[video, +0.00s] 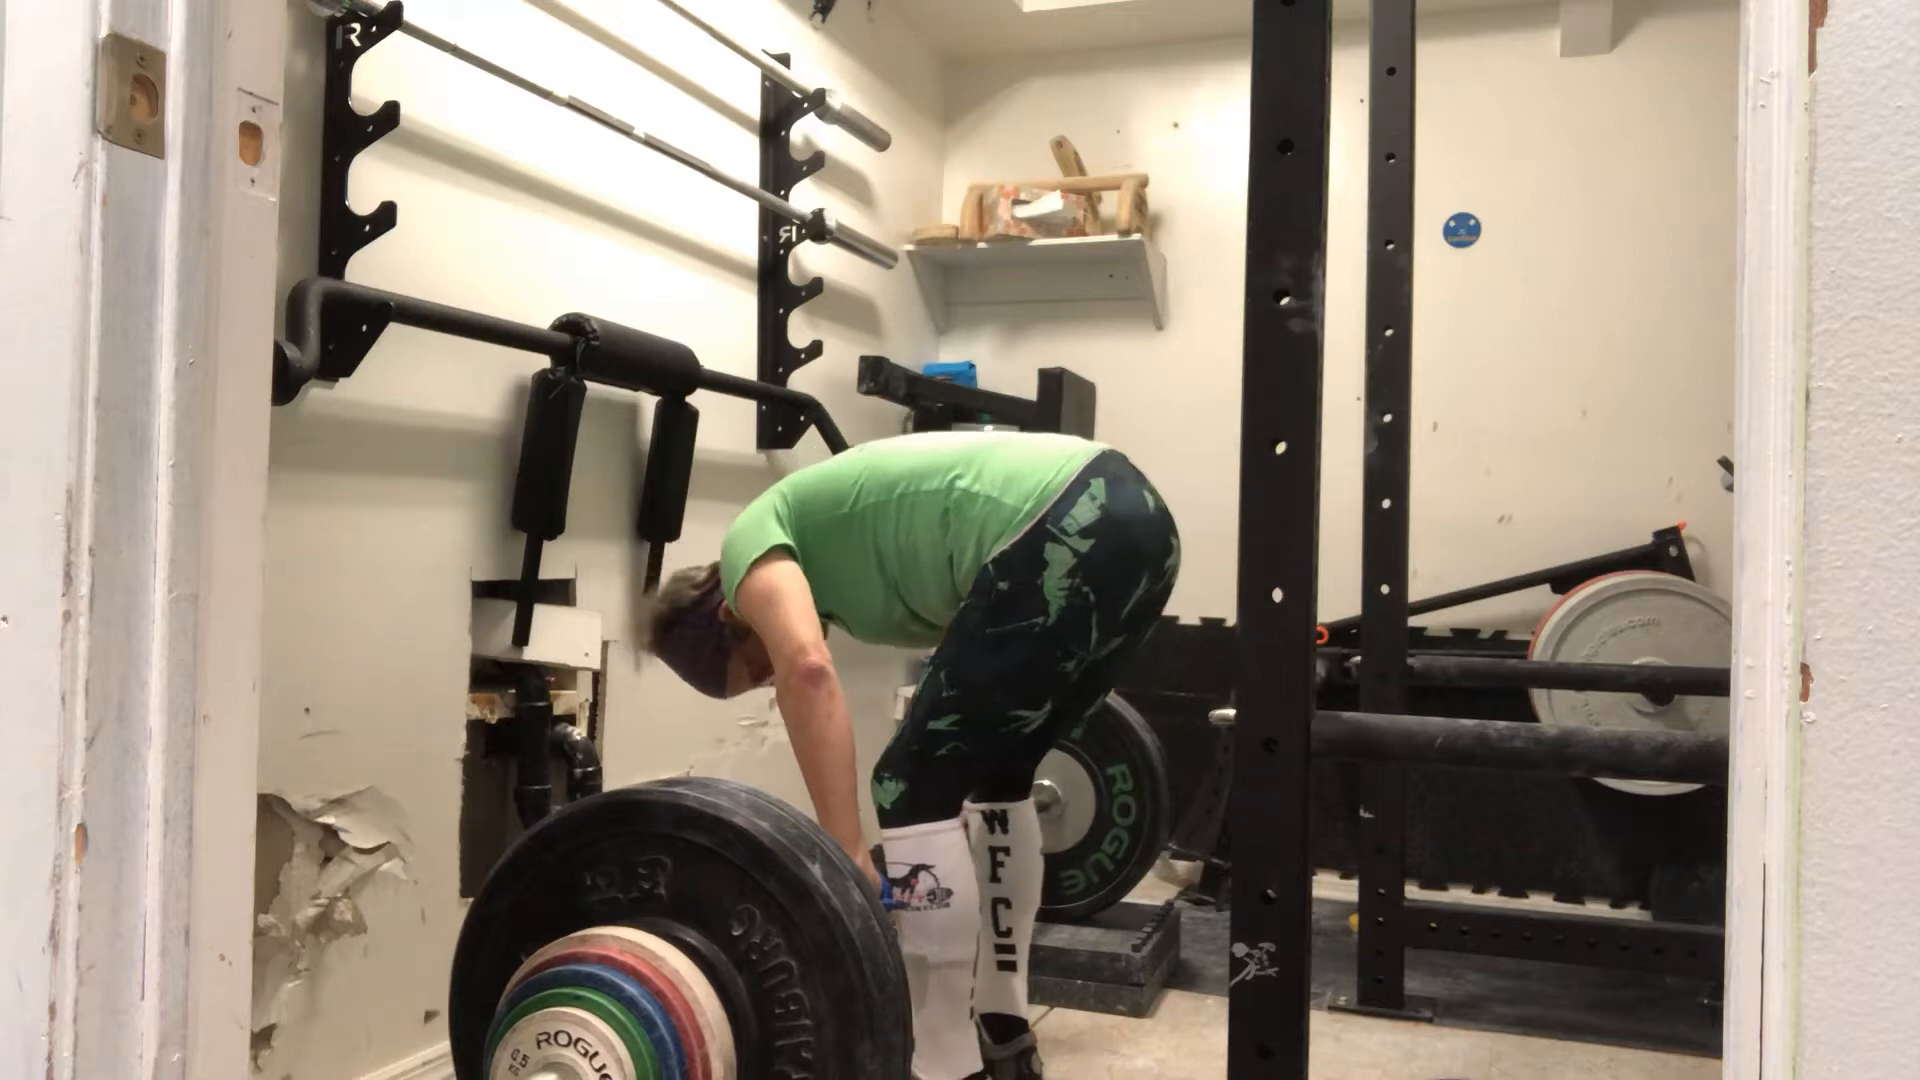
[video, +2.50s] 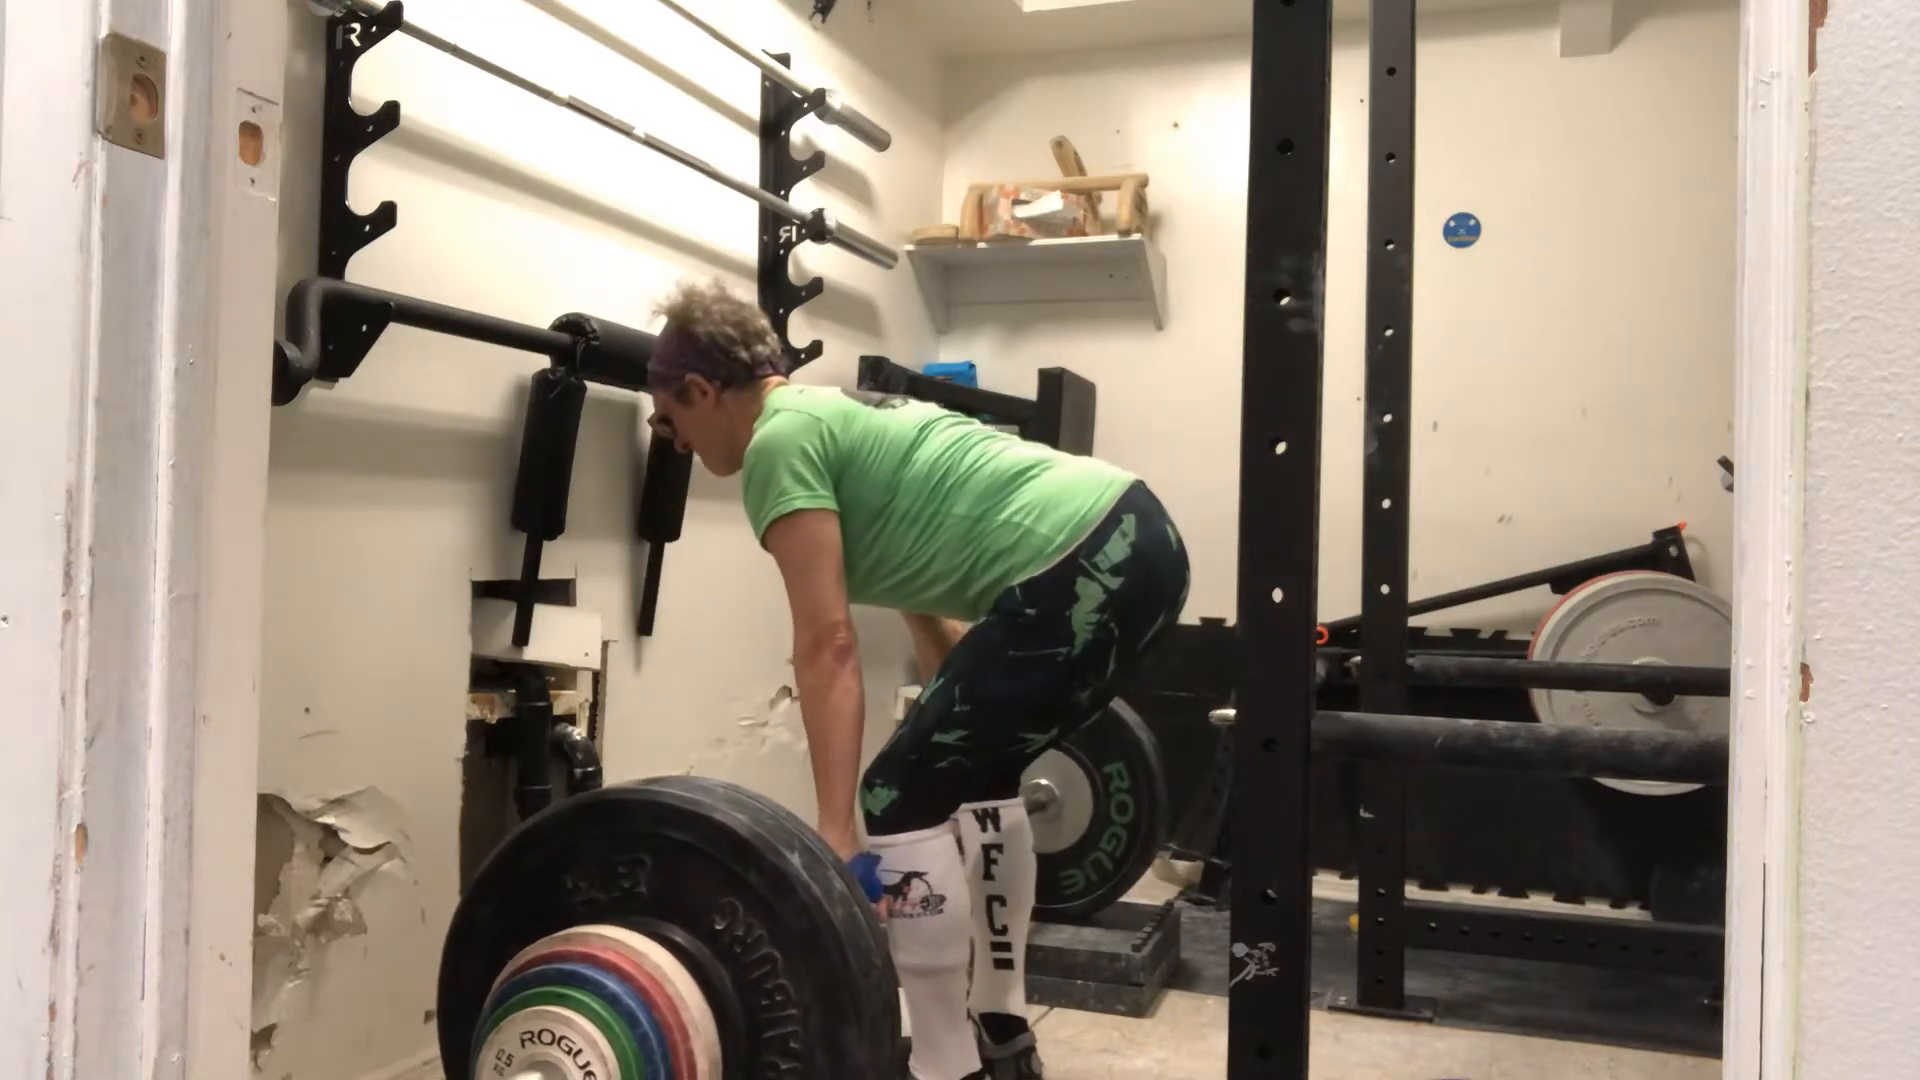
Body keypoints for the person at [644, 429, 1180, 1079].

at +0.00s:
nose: (769, 678)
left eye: (752, 672)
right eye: (754, 685)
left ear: (730, 624)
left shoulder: (755, 540)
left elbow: (808, 669)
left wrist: (846, 854)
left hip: (1061, 530)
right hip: (1132, 525)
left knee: (910, 790)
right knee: (1000, 780)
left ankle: (941, 1062)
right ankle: (1004, 1029)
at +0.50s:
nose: (772, 658)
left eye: (752, 646)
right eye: (755, 661)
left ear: (731, 597)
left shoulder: (764, 522)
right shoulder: (874, 568)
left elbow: (819, 668)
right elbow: (972, 638)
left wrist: (851, 857)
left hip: (1084, 531)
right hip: (1136, 530)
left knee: (908, 790)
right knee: (995, 784)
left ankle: (942, 1050)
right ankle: (1001, 1033)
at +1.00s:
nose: (717, 590)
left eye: (696, 576)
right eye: (698, 592)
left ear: (689, 508)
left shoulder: (756, 468)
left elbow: (829, 657)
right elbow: (946, 630)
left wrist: (858, 846)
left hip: (1074, 539)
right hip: (1112, 517)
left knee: (909, 799)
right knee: (982, 789)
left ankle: (941, 1054)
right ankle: (1000, 1037)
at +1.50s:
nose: (687, 561)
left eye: (669, 545)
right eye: (669, 564)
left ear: (668, 482)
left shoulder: (732, 480)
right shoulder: (795, 453)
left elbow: (803, 659)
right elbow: (925, 628)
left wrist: (846, 840)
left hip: (1067, 540)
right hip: (1106, 513)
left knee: (910, 797)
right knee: (978, 781)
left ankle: (941, 1058)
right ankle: (998, 1031)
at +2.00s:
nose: (671, 451)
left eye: (663, 429)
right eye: (660, 436)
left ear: (690, 399)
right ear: (750, 379)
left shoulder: (772, 450)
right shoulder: (824, 423)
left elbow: (826, 649)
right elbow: (928, 615)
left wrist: (839, 836)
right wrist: (970, 723)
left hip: (1086, 561)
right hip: (1128, 536)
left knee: (896, 802)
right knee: (987, 784)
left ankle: (943, 1063)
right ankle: (1002, 1031)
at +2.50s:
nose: (677, 439)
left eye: (672, 418)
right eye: (666, 423)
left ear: (704, 389)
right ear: (754, 372)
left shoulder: (778, 445)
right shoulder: (828, 415)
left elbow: (829, 648)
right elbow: (923, 597)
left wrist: (835, 834)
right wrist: (963, 713)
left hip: (1085, 564)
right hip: (1128, 538)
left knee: (892, 803)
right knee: (976, 788)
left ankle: (943, 1060)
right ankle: (999, 1028)